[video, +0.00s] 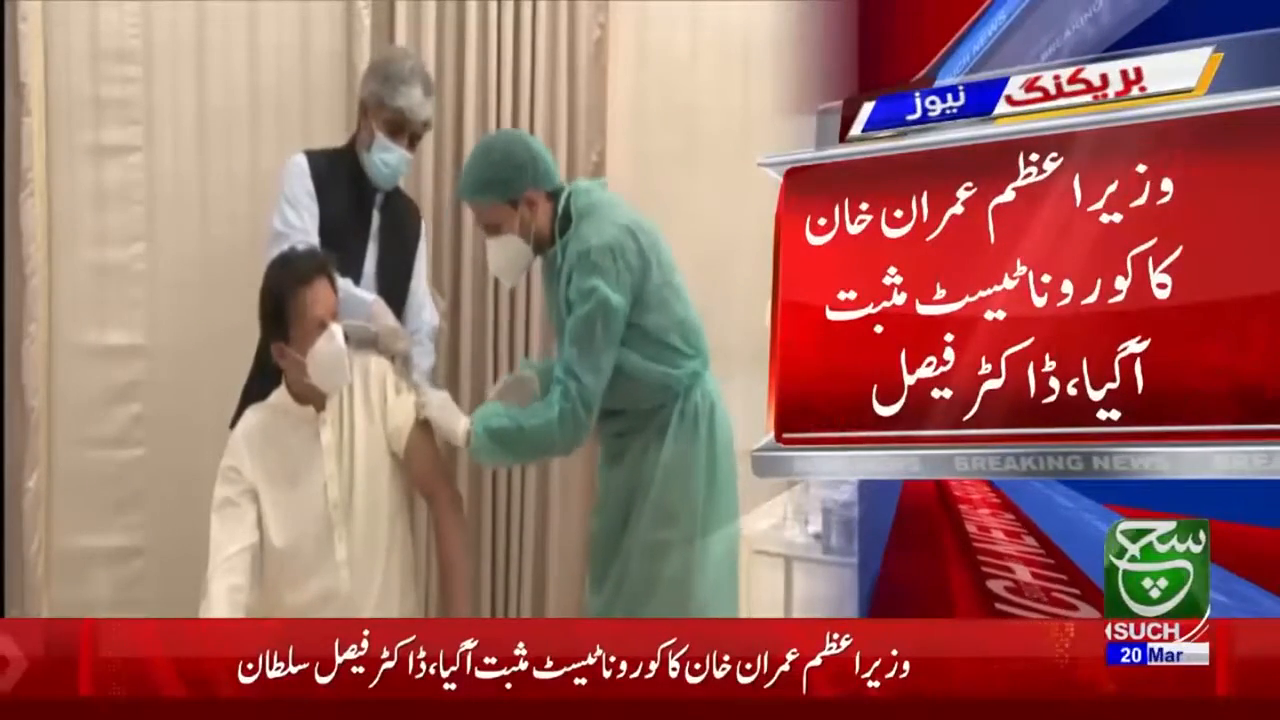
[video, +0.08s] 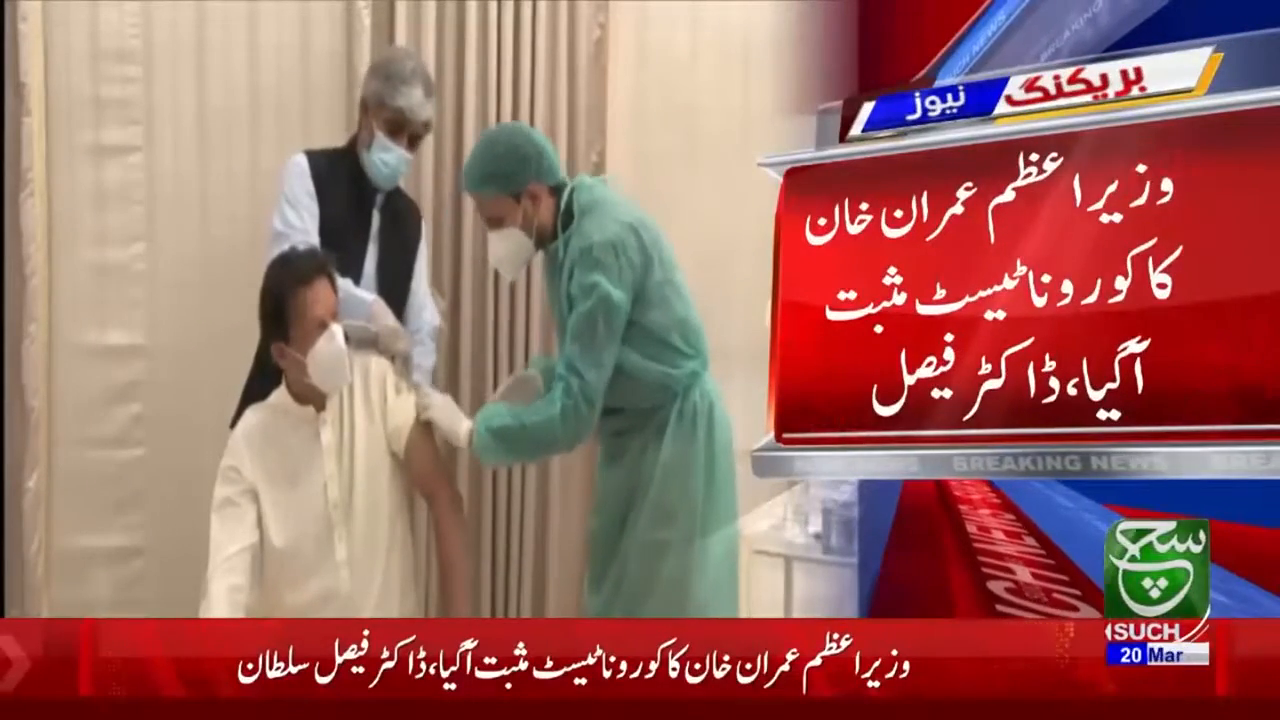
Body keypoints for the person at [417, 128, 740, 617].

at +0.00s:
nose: (493, 242)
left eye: (495, 228)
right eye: (487, 230)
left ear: (532, 204)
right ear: (531, 204)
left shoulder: (599, 248)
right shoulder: (568, 235)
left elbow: (569, 418)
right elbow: (583, 363)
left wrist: (471, 430)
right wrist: (532, 382)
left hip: (674, 435)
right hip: (631, 433)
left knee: (653, 599)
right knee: (615, 592)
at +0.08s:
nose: (495, 235)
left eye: (497, 221)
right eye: (489, 223)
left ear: (536, 197)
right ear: (532, 198)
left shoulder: (602, 243)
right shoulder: (571, 231)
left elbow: (574, 413)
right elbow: (587, 358)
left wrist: (475, 431)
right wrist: (537, 381)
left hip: (673, 433)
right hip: (631, 431)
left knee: (653, 598)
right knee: (614, 591)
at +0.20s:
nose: (499, 225)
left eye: (500, 210)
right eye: (493, 212)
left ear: (540, 188)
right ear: (537, 188)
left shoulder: (604, 238)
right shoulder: (575, 223)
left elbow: (578, 407)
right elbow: (594, 350)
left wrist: (479, 434)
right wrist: (545, 376)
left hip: (670, 431)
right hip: (630, 428)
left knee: (650, 599)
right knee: (615, 592)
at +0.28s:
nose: (500, 218)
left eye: (503, 203)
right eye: (494, 205)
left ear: (544, 182)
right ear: (542, 182)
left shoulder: (606, 235)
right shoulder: (578, 222)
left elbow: (580, 402)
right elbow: (596, 345)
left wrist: (481, 434)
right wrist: (546, 373)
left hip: (669, 432)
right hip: (630, 428)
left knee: (648, 599)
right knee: (615, 592)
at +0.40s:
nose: (505, 211)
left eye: (509, 195)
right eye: (499, 198)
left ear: (549, 175)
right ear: (548, 174)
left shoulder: (610, 229)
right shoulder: (579, 214)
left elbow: (582, 394)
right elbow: (595, 339)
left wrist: (483, 434)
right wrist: (547, 370)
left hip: (667, 430)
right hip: (628, 428)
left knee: (650, 598)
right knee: (614, 592)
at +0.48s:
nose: (506, 206)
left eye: (512, 190)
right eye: (501, 192)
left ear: (553, 171)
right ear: (551, 171)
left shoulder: (611, 225)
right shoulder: (581, 211)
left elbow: (583, 388)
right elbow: (595, 333)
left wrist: (484, 433)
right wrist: (550, 367)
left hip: (666, 429)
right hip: (629, 427)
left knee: (644, 600)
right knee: (613, 593)